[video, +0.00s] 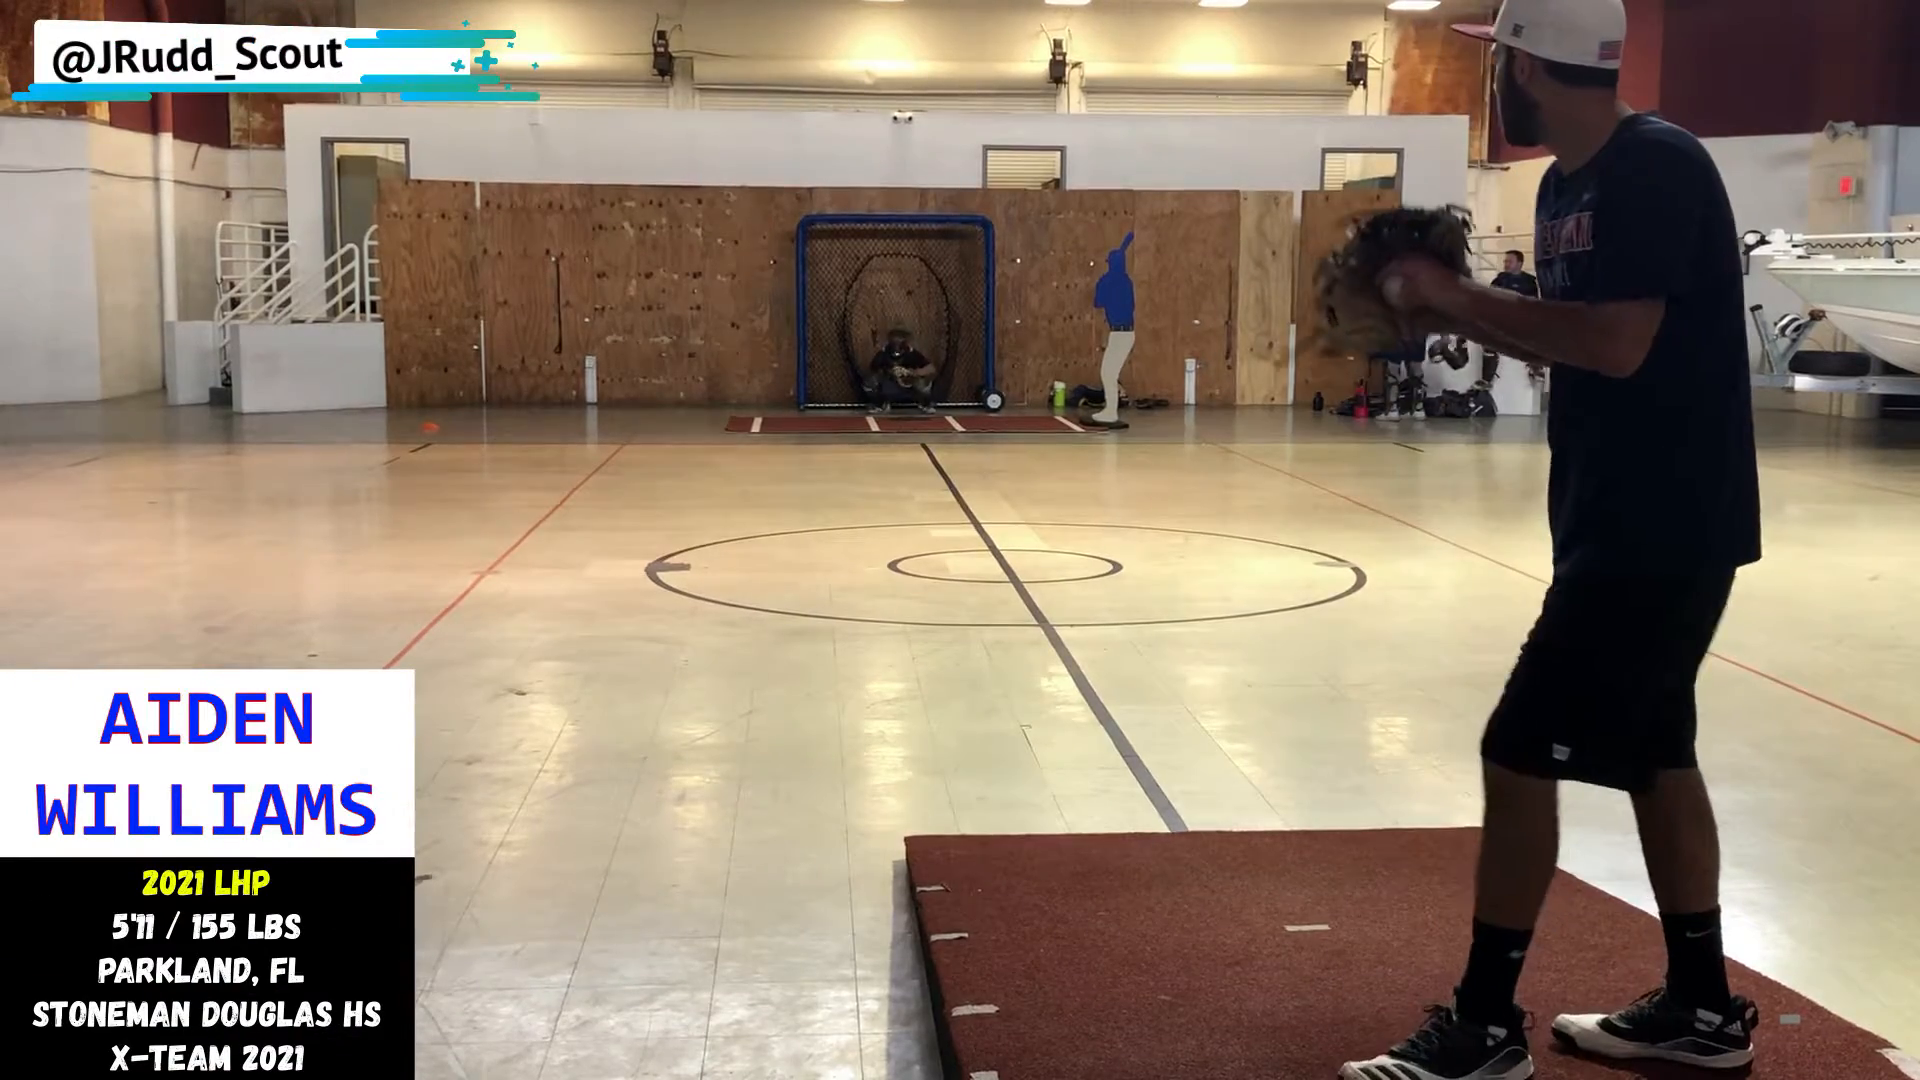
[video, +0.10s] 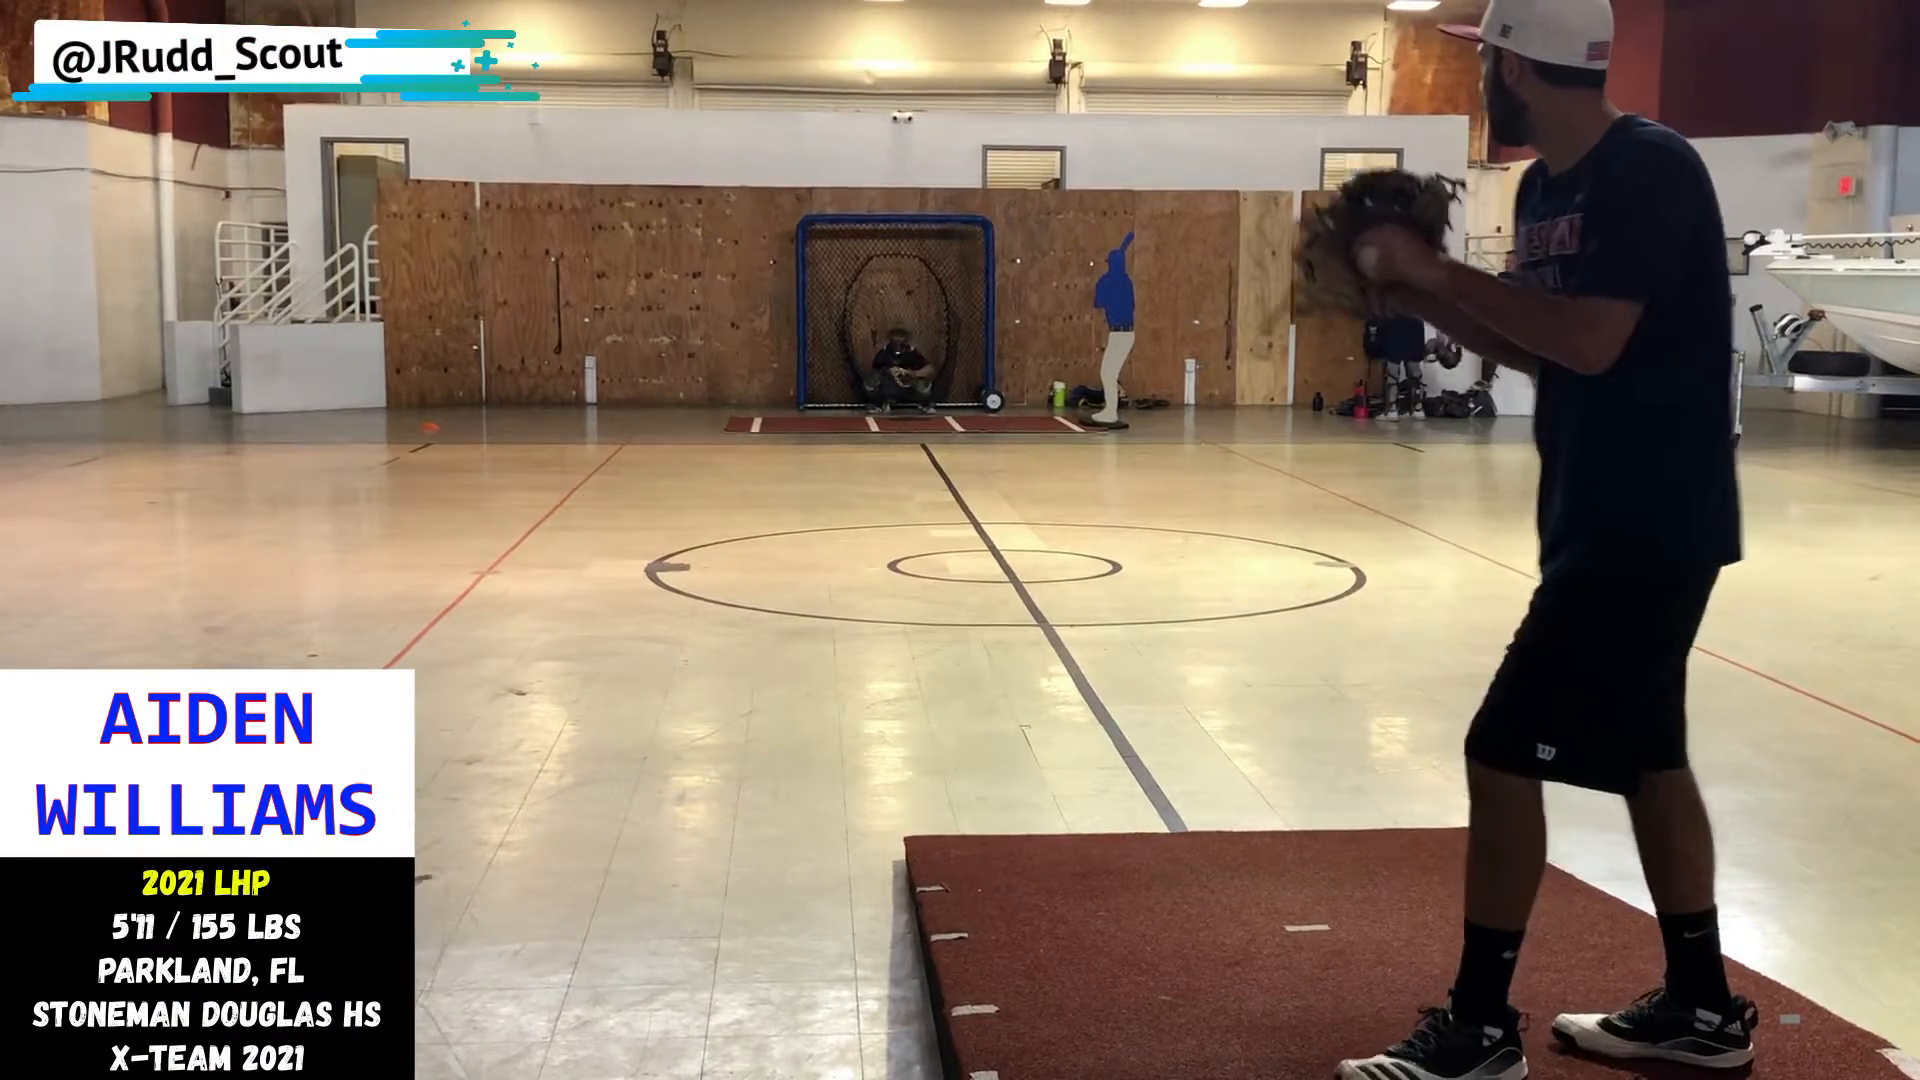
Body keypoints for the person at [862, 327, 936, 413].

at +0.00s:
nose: (896, 347)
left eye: (900, 343)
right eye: (894, 343)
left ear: (906, 342)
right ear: (889, 342)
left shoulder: (913, 354)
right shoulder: (882, 355)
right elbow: (873, 372)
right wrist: (891, 373)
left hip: (910, 389)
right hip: (889, 388)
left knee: (921, 382)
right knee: (872, 381)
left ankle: (925, 404)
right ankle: (881, 404)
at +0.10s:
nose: (898, 344)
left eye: (902, 341)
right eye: (895, 341)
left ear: (906, 341)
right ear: (890, 340)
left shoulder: (913, 353)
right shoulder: (882, 354)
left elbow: (929, 370)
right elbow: (875, 374)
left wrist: (910, 374)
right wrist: (889, 373)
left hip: (910, 389)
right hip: (889, 389)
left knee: (921, 383)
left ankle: (925, 405)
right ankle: (883, 405)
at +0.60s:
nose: (900, 344)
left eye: (903, 340)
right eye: (896, 341)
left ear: (907, 340)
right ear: (891, 340)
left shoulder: (914, 353)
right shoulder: (884, 353)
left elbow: (925, 370)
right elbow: (877, 371)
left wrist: (919, 380)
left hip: (911, 384)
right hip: (891, 385)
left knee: (922, 387)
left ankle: (925, 405)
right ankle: (880, 405)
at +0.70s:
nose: (899, 344)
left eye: (902, 340)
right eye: (895, 340)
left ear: (907, 340)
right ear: (891, 340)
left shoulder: (913, 353)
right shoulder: (883, 353)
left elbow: (924, 370)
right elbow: (877, 371)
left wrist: (918, 381)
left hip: (910, 385)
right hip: (890, 387)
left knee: (923, 387)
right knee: (872, 381)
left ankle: (925, 405)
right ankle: (881, 405)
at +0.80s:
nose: (898, 344)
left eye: (902, 341)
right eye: (895, 340)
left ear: (907, 341)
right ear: (891, 340)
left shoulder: (913, 353)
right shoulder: (883, 353)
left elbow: (924, 371)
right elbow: (876, 371)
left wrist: (917, 384)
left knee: (922, 388)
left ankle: (925, 405)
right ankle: (881, 405)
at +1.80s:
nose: (900, 342)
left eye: (903, 339)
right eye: (897, 339)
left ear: (908, 339)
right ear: (892, 338)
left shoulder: (914, 354)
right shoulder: (884, 353)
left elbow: (925, 374)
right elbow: (876, 373)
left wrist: (918, 387)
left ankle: (925, 405)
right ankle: (881, 405)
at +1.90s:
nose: (901, 345)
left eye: (905, 341)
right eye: (899, 341)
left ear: (910, 340)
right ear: (893, 340)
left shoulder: (916, 354)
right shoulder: (884, 353)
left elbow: (926, 375)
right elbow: (877, 372)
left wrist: (911, 382)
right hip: (889, 389)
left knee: (923, 386)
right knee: (873, 380)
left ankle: (925, 405)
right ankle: (882, 405)